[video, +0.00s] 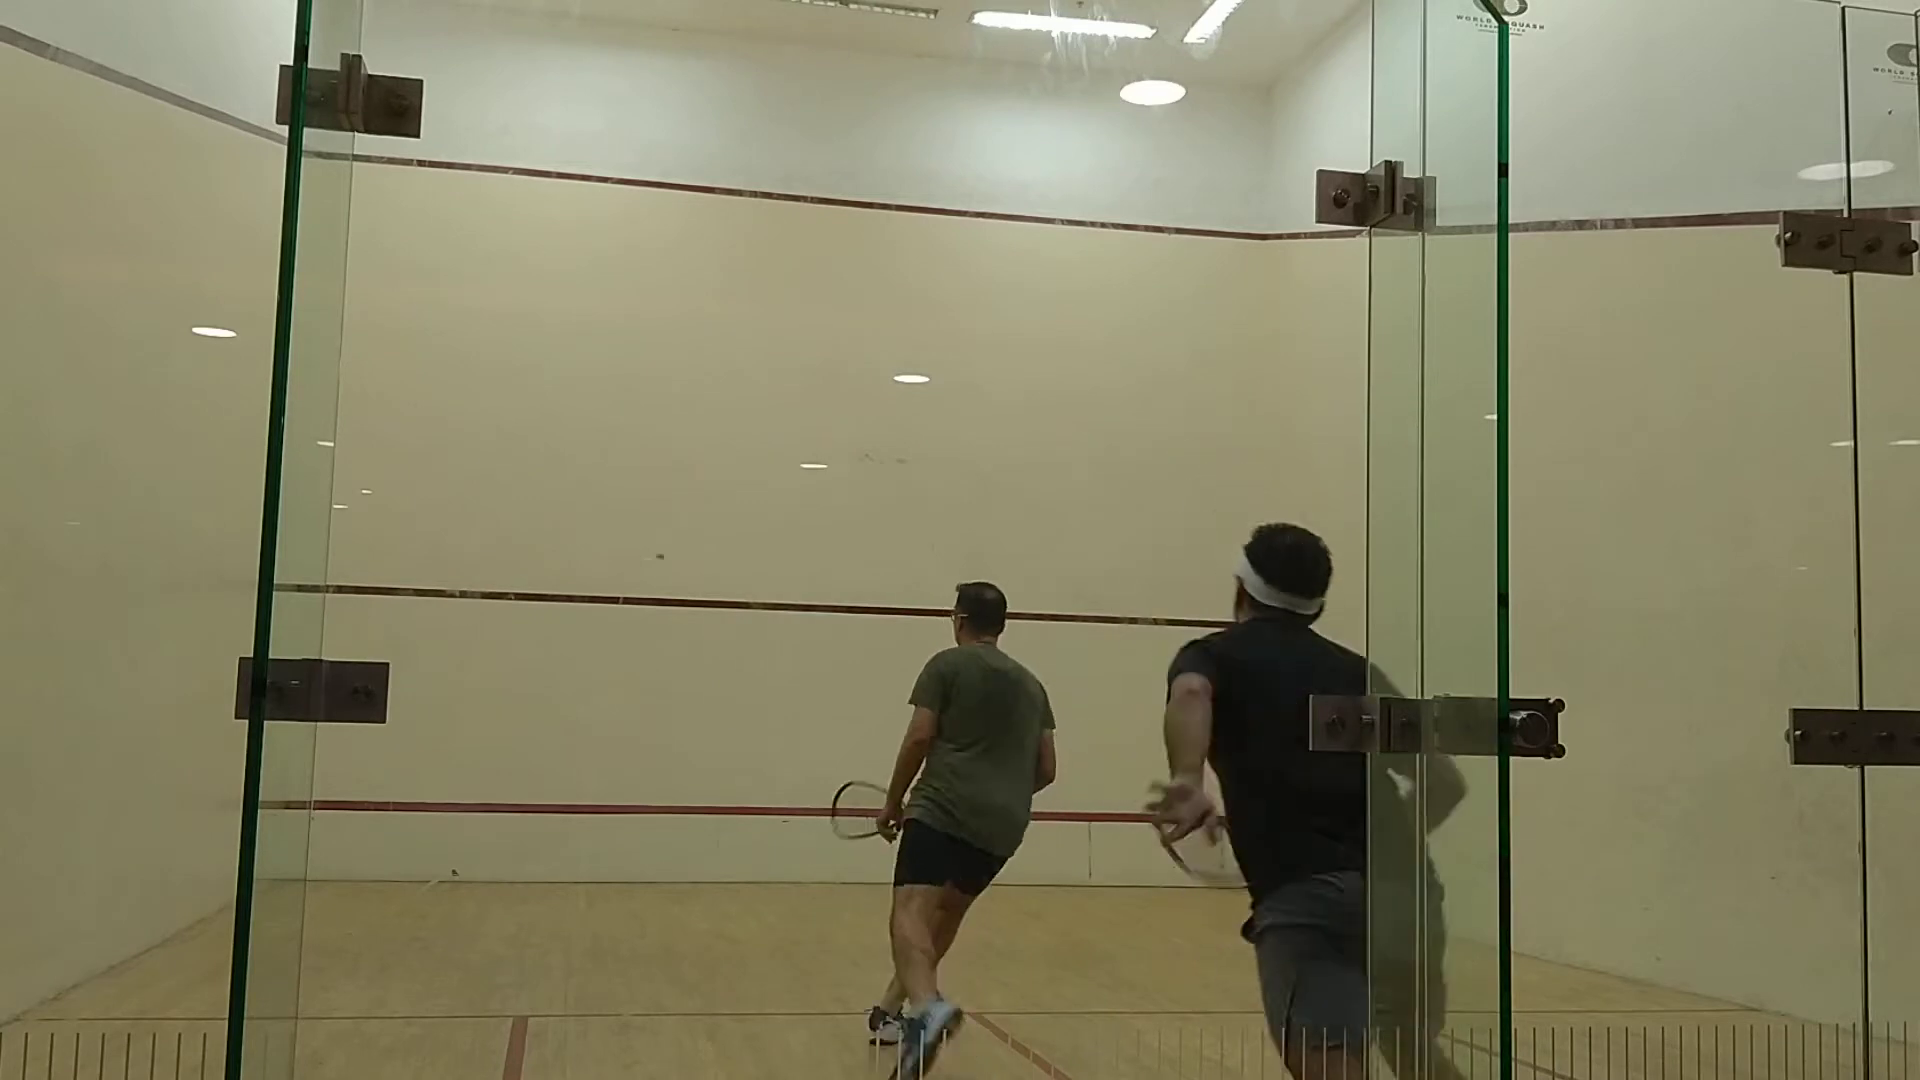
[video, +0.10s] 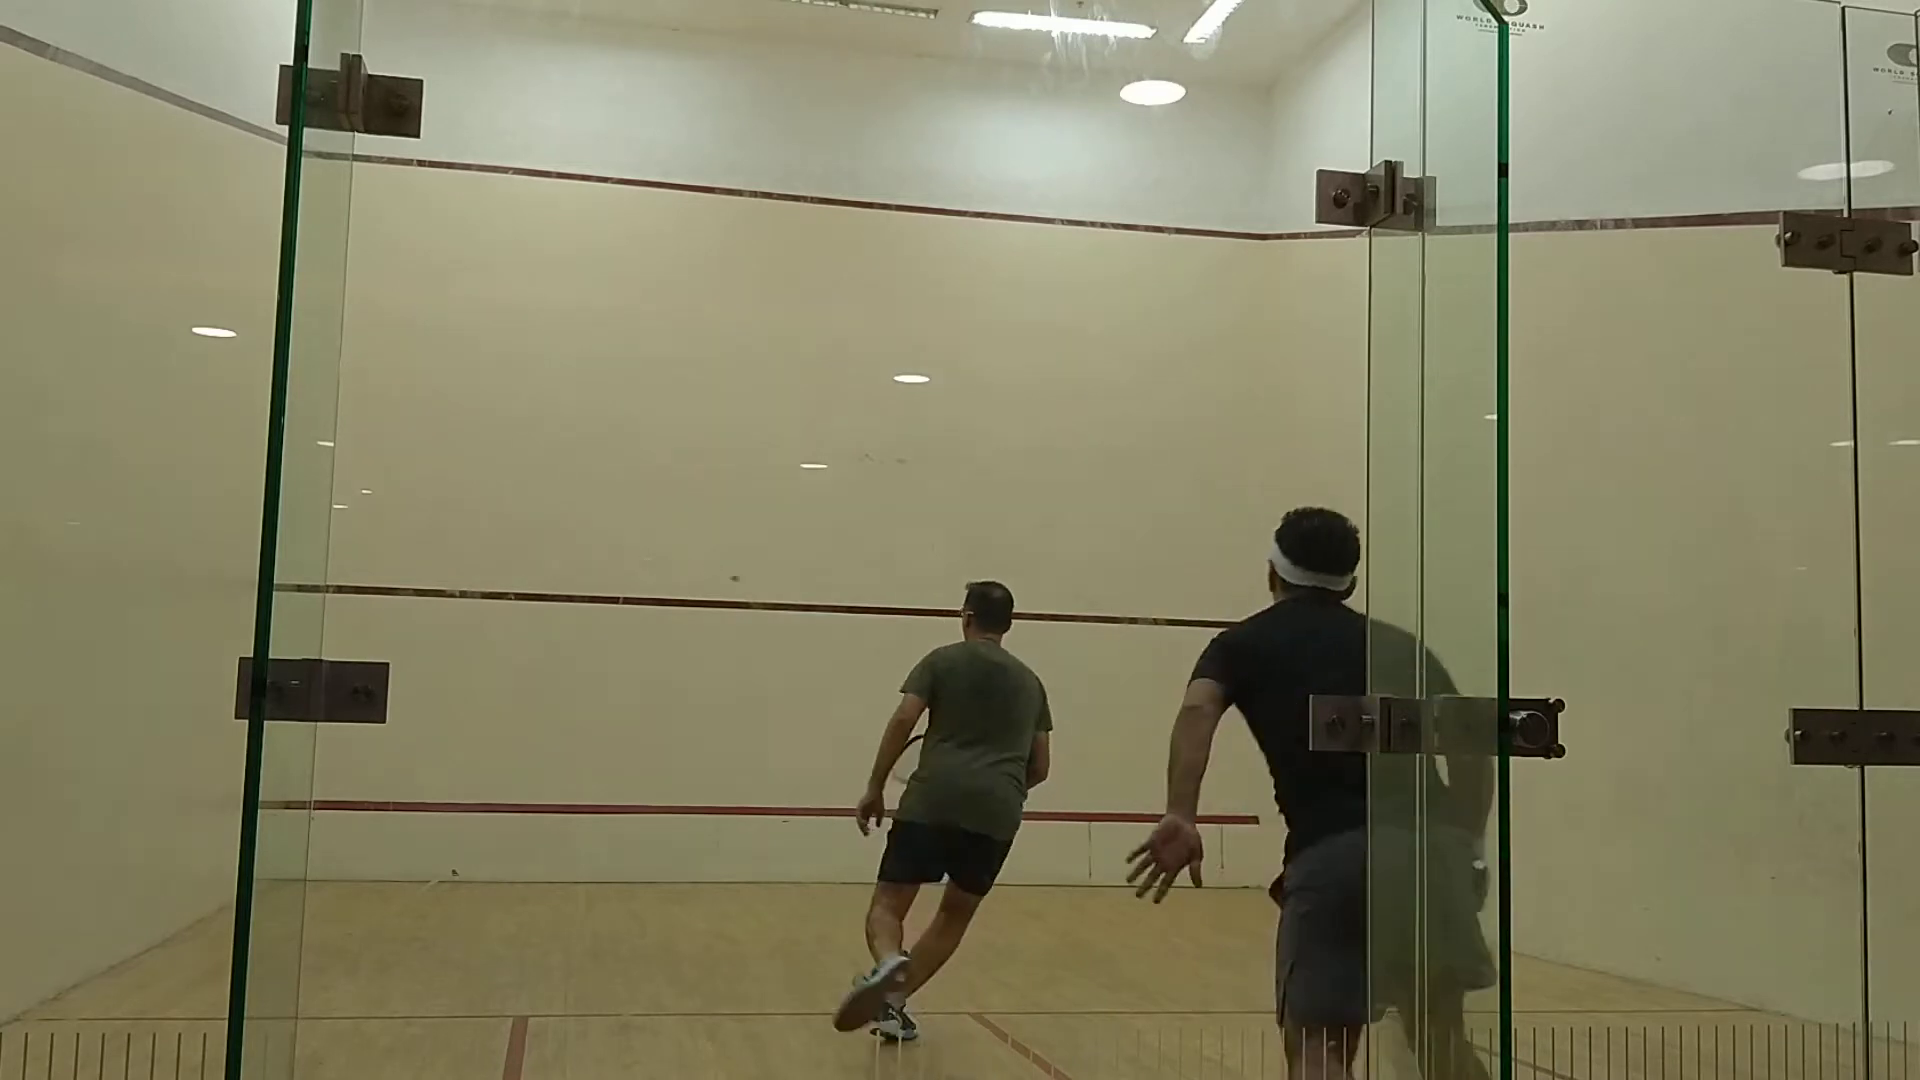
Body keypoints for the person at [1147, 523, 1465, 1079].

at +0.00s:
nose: (1233, 587)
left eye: (1236, 581)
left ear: (1241, 592)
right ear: (1318, 607)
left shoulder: (1210, 653)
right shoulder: (1359, 669)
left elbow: (1191, 692)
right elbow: (1446, 781)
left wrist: (1188, 782)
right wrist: (1385, 839)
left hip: (1302, 902)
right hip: (1404, 891)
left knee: (1330, 1068)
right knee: (1418, 1053)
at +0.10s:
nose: (1272, 571)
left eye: (1273, 566)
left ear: (1275, 574)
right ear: (1349, 581)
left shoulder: (1242, 643)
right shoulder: (1401, 644)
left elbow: (1197, 712)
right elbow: (1472, 746)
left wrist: (1180, 815)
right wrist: (1463, 843)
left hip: (1330, 864)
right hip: (1426, 860)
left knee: (1320, 1049)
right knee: (1441, 1034)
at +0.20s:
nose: (1288, 544)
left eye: (1290, 537)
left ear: (1294, 546)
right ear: (1365, 549)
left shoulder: (1264, 613)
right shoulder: (1423, 616)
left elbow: (1221, 691)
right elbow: (1481, 723)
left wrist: (1209, 795)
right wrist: (1517, 825)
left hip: (1331, 829)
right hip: (1437, 828)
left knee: (1316, 1007)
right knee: (1449, 1014)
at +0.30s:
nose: (1306, 541)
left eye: (1309, 534)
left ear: (1312, 542)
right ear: (1380, 545)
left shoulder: (1278, 610)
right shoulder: (1428, 613)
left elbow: (1235, 680)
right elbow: (1496, 712)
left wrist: (1214, 779)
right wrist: (1540, 810)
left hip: (1329, 827)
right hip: (1429, 826)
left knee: (1321, 992)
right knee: (1440, 1003)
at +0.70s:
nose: (1400, 571)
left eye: (1390, 558)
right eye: (1414, 560)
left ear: (1367, 558)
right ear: (1426, 562)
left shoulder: (1324, 620)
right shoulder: (1446, 635)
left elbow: (1239, 685)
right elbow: (1477, 733)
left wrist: (1237, 765)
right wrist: (1501, 815)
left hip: (1324, 805)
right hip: (1408, 814)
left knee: (1290, 936)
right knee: (1420, 951)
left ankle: (1265, 1068)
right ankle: (1438, 1073)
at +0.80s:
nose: (1424, 612)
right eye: (1428, 603)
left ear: (1376, 598)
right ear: (1435, 607)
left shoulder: (1333, 661)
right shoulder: (1452, 678)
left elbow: (1255, 719)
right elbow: (1479, 768)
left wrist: (1259, 776)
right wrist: (1501, 841)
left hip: (1332, 838)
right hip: (1411, 848)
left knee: (1260, 960)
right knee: (1421, 968)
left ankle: (1219, 1073)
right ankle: (1440, 1074)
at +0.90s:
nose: (1412, 653)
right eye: (1429, 642)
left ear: (1379, 635)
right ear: (1436, 645)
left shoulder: (1332, 694)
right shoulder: (1443, 710)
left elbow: (1264, 760)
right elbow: (1473, 799)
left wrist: (1270, 816)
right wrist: (1499, 880)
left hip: (1324, 867)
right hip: (1405, 874)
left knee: (1249, 967)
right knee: (1428, 965)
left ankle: (1200, 1072)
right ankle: (1440, 1075)